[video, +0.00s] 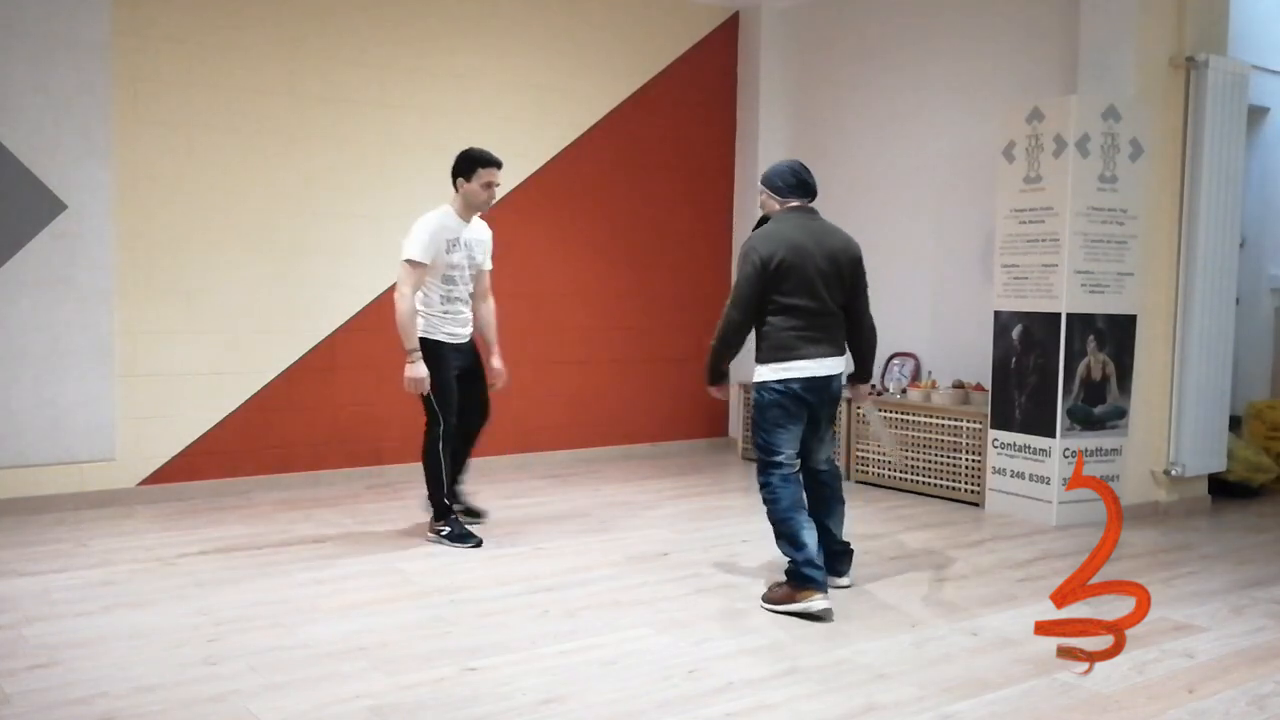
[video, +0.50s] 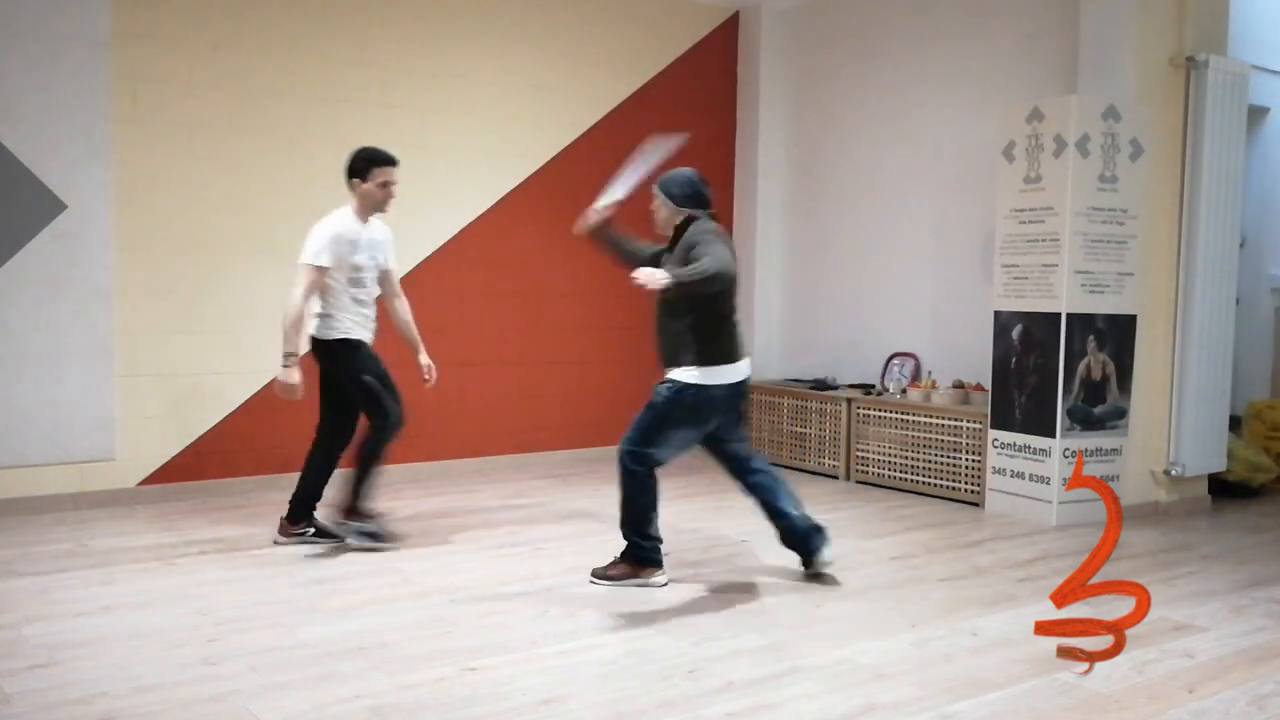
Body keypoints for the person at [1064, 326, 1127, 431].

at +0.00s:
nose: (1088, 345)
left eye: (1091, 342)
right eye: (1088, 342)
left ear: (1098, 344)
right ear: (1087, 344)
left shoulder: (1108, 364)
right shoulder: (1084, 364)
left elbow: (1114, 392)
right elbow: (1076, 391)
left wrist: (1107, 407)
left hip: (1102, 406)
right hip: (1086, 406)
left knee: (1121, 411)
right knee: (1071, 410)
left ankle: (1086, 425)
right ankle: (1099, 425)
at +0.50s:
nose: (1088, 345)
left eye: (1091, 342)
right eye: (1088, 342)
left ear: (1098, 344)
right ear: (1087, 344)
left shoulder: (1108, 364)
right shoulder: (1084, 364)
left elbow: (1114, 390)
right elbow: (1076, 390)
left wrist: (1108, 406)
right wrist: (1070, 409)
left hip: (1103, 406)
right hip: (1086, 406)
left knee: (1121, 411)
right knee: (1071, 410)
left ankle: (1087, 424)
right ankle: (1100, 425)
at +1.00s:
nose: (1088, 345)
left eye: (1091, 342)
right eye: (1088, 342)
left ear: (1098, 344)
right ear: (1087, 344)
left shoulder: (1108, 365)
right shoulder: (1084, 364)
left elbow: (1114, 392)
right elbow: (1076, 390)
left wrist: (1106, 407)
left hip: (1103, 406)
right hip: (1086, 406)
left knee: (1122, 411)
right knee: (1071, 410)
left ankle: (1086, 425)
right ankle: (1099, 425)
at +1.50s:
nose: (1088, 345)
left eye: (1091, 342)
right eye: (1088, 342)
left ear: (1099, 344)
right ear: (1087, 344)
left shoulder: (1108, 365)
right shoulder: (1084, 364)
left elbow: (1114, 392)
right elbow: (1076, 390)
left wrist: (1106, 407)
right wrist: (1071, 408)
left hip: (1103, 406)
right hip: (1086, 406)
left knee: (1122, 411)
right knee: (1071, 410)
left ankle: (1086, 425)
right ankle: (1099, 425)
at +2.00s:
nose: (1088, 345)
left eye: (1091, 342)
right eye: (1088, 342)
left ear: (1098, 344)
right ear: (1087, 344)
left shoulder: (1108, 364)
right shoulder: (1084, 365)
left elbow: (1114, 391)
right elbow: (1076, 390)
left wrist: (1108, 407)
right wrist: (1070, 409)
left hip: (1103, 406)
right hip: (1086, 406)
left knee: (1121, 411)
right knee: (1071, 410)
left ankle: (1085, 425)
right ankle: (1100, 425)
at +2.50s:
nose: (1088, 345)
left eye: (1091, 342)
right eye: (1088, 342)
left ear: (1099, 344)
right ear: (1087, 345)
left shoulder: (1108, 365)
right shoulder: (1083, 365)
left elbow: (1114, 389)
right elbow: (1076, 390)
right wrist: (1069, 408)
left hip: (1103, 406)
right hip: (1086, 405)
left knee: (1122, 411)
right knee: (1071, 410)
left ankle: (1086, 424)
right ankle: (1100, 424)